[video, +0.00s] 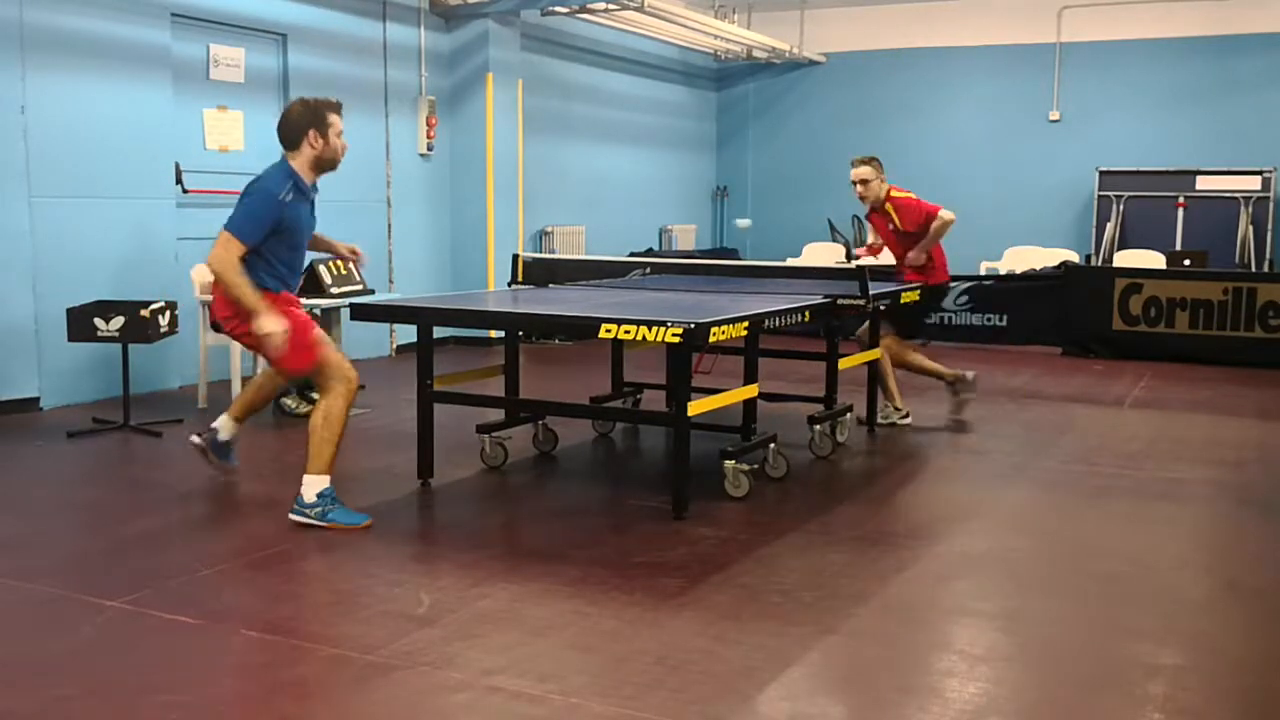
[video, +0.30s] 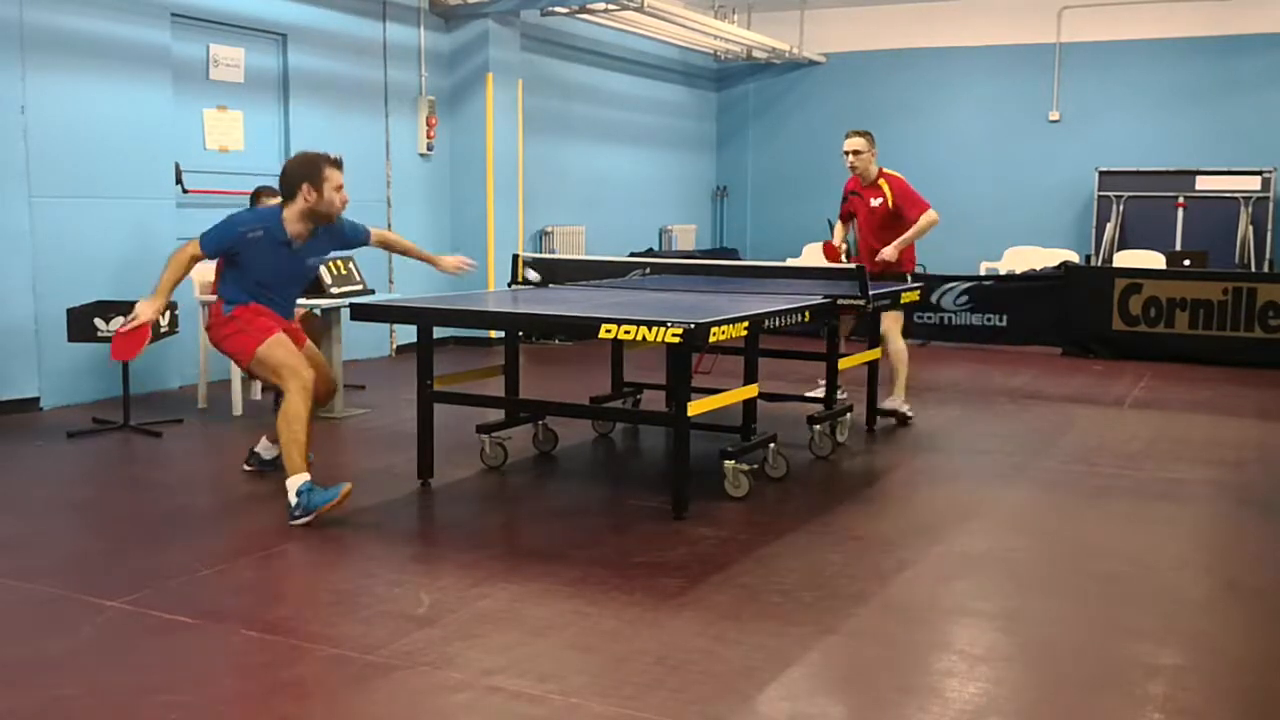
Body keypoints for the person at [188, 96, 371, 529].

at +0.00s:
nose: (344, 145)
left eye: (343, 135)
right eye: (339, 135)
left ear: (311, 141)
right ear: (313, 140)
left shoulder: (304, 186)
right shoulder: (272, 188)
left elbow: (291, 236)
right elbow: (221, 258)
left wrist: (334, 247)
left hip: (274, 298)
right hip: (248, 302)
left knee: (290, 364)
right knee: (342, 379)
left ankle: (219, 433)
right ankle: (313, 496)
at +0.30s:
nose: (345, 198)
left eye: (344, 189)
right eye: (338, 190)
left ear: (316, 195)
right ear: (308, 194)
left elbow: (380, 239)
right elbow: (187, 254)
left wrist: (432, 259)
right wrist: (155, 301)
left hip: (278, 319)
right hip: (235, 317)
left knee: (323, 385)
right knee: (298, 377)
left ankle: (265, 451)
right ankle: (300, 493)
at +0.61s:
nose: (325, 152)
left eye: (325, 144)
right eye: (318, 144)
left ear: (283, 149)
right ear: (289, 146)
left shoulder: (246, 181)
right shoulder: (297, 182)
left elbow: (254, 246)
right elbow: (337, 213)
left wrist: (305, 273)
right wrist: (330, 202)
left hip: (230, 300)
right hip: (274, 300)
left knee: (279, 357)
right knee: (304, 407)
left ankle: (263, 447)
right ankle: (267, 484)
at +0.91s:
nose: (325, 120)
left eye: (324, 112)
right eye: (319, 112)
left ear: (285, 115)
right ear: (291, 114)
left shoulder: (250, 151)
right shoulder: (278, 152)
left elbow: (216, 209)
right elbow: (293, 218)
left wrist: (269, 222)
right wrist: (322, 218)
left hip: (224, 262)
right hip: (250, 262)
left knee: (271, 361)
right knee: (292, 366)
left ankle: (264, 446)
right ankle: (283, 481)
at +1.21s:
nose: (316, 117)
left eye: (315, 108)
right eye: (310, 108)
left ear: (282, 111)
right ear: (284, 111)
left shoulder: (271, 160)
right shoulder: (240, 156)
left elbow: (256, 225)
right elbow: (207, 224)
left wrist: (281, 257)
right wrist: (270, 240)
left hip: (240, 278)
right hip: (216, 280)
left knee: (242, 376)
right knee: (274, 384)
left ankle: (251, 454)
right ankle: (223, 497)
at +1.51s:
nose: (279, 79)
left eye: (277, 70)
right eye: (273, 70)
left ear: (238, 77)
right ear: (251, 76)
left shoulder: (210, 120)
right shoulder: (224, 128)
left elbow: (206, 205)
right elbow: (209, 206)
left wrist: (266, 216)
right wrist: (272, 216)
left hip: (183, 257)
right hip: (206, 261)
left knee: (202, 376)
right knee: (238, 380)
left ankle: (149, 476)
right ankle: (221, 499)